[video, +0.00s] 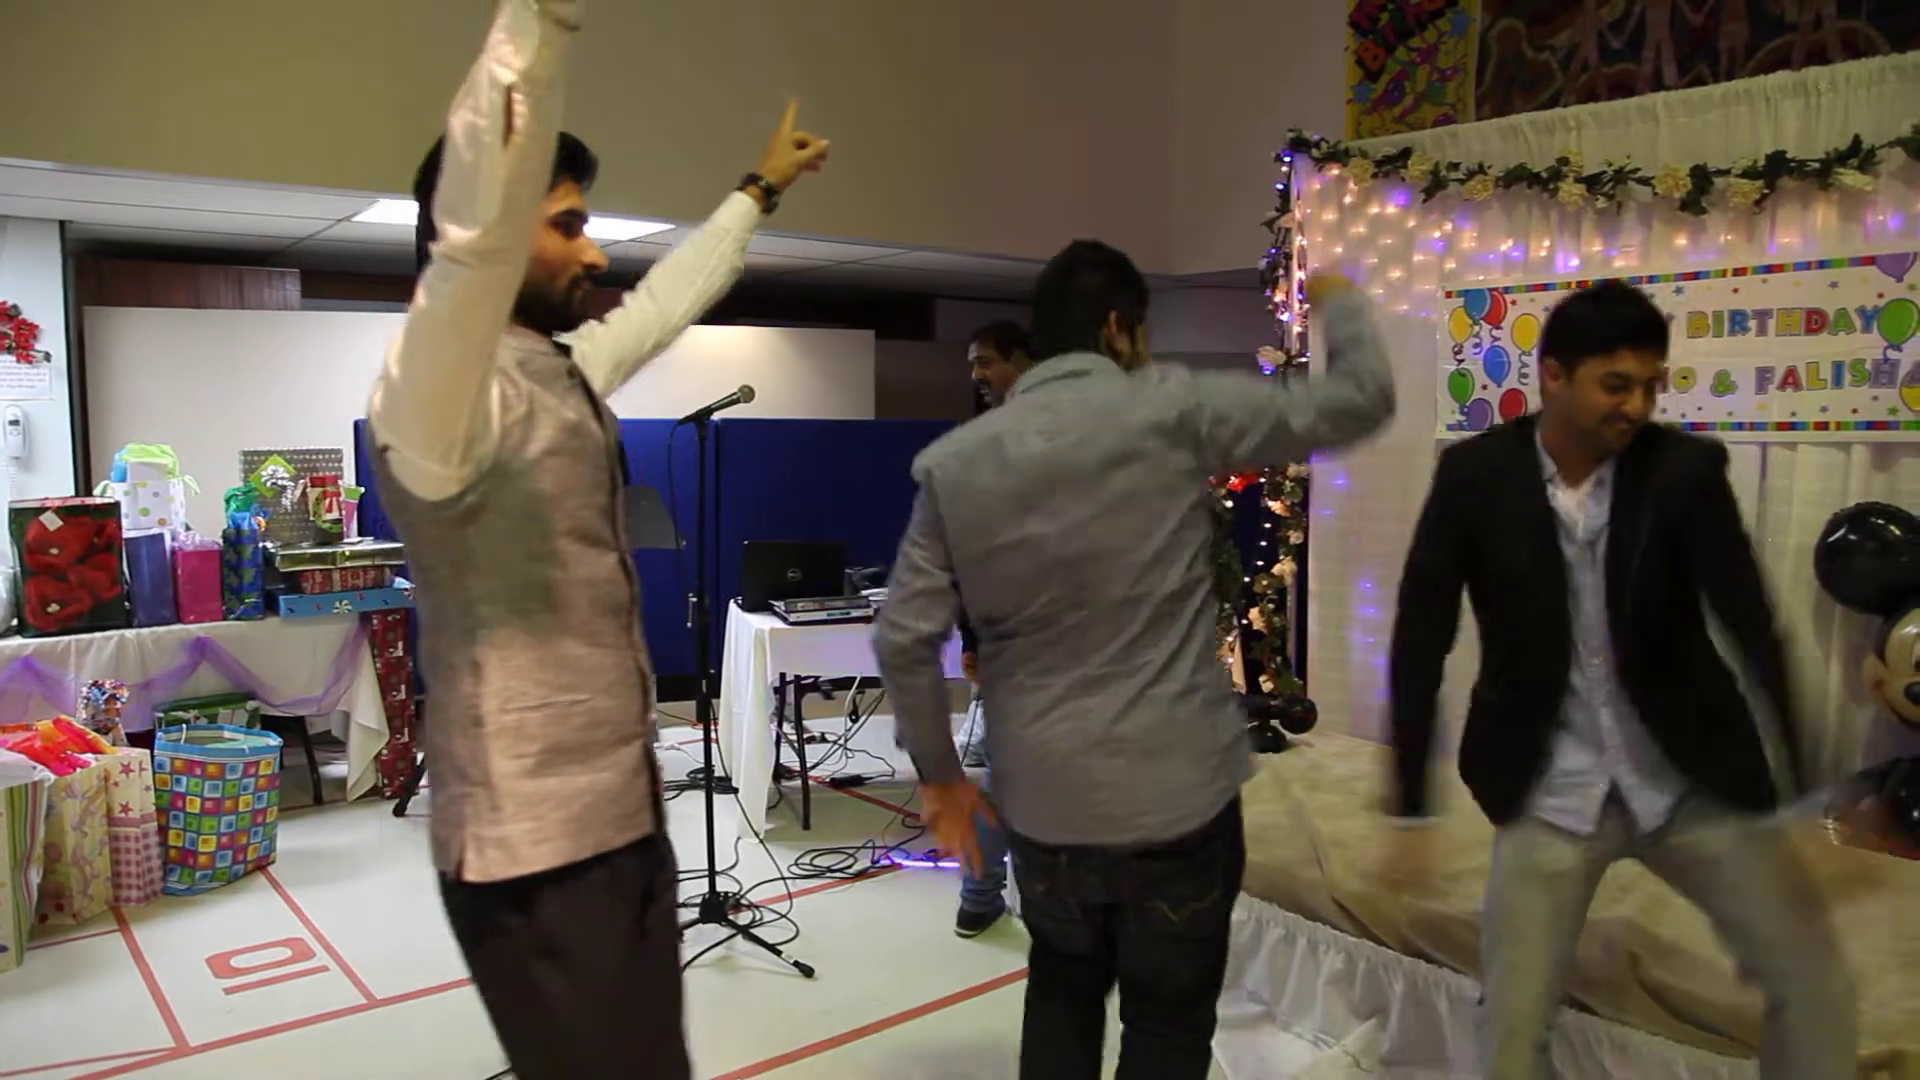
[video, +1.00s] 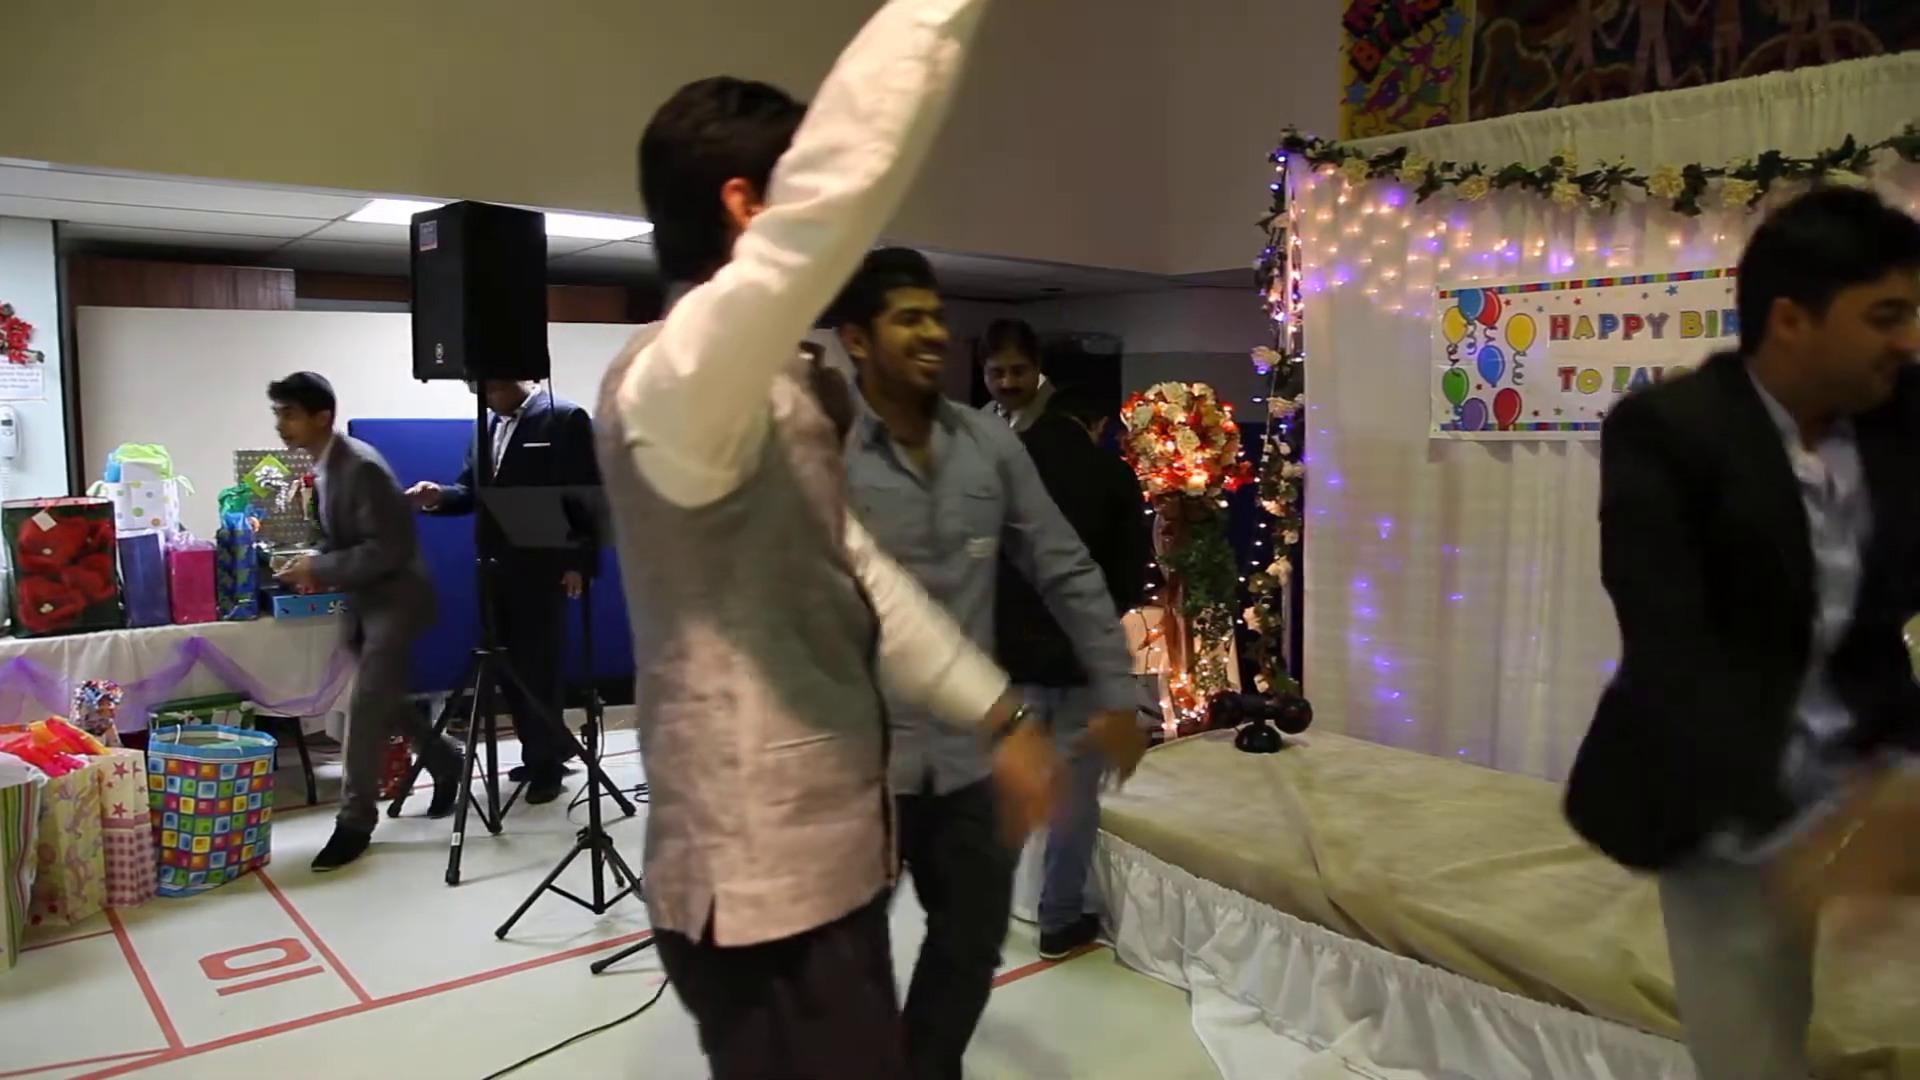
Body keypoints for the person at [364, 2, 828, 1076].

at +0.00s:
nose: (596, 254)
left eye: (591, 229)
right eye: (568, 226)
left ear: (568, 241)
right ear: (487, 233)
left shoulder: (569, 370)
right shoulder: (438, 403)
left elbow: (664, 299)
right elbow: (477, 227)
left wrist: (761, 188)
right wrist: (539, 16)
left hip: (619, 818)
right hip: (533, 845)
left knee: (653, 1067)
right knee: (599, 1074)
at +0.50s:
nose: (707, 232)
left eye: (698, 208)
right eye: (678, 213)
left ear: (648, 230)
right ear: (603, 226)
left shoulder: (693, 364)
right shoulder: (557, 401)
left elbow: (801, 293)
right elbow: (627, 206)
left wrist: (913, 183)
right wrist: (705, 3)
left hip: (725, 830)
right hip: (651, 853)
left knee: (706, 1064)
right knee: (733, 1071)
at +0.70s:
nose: (756, 222)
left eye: (747, 196)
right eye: (725, 200)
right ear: (645, 213)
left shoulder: (735, 365)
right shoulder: (602, 394)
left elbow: (868, 343)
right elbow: (704, 204)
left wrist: (1012, 241)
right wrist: (778, 7)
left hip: (760, 833)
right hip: (689, 858)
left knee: (773, 1055)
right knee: (752, 1066)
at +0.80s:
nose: (765, 210)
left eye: (764, 186)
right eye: (736, 189)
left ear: (696, 210)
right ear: (676, 213)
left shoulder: (759, 379)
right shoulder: (621, 398)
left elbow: (888, 414)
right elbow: (751, 209)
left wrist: (1059, 384)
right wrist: (839, 3)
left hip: (783, 840)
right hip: (705, 865)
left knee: (820, 1057)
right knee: (792, 1066)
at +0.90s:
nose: (785, 212)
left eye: (787, 189)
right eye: (764, 192)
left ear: (718, 211)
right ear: (701, 209)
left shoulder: (764, 396)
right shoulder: (643, 404)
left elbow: (872, 513)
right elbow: (781, 213)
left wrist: (1063, 568)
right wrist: (893, 3)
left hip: (809, 850)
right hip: (731, 876)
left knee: (820, 1050)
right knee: (788, 1064)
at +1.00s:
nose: (821, 209)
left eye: (822, 183)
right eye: (801, 184)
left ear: (746, 208)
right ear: (741, 203)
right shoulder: (676, 390)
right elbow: (823, 200)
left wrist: (998, 717)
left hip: (822, 856)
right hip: (760, 882)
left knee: (866, 1056)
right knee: (835, 1068)